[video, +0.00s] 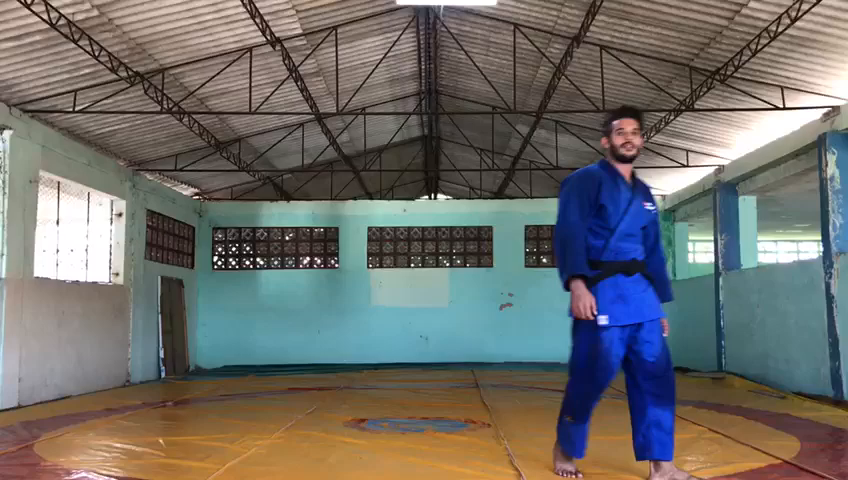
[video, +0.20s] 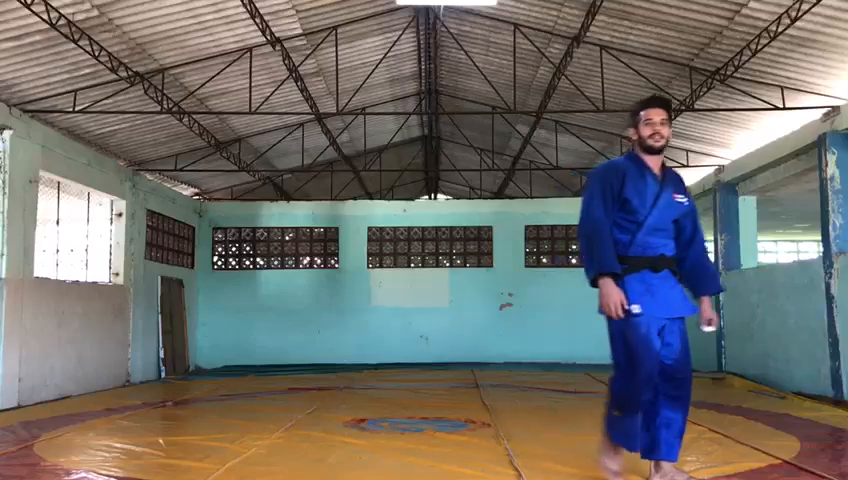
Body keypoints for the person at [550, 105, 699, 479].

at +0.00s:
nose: (629, 138)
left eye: (635, 133)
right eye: (621, 132)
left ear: (641, 141)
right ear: (606, 140)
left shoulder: (645, 194)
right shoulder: (584, 181)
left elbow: (653, 253)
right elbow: (568, 234)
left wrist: (657, 307)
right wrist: (577, 284)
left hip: (640, 285)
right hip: (600, 286)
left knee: (655, 372)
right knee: (593, 372)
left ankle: (660, 464)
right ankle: (565, 449)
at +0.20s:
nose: (656, 129)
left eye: (663, 123)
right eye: (648, 123)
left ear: (670, 131)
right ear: (634, 130)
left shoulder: (676, 184)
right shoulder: (609, 174)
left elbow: (691, 242)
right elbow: (593, 228)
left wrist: (705, 292)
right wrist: (605, 281)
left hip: (669, 279)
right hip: (628, 280)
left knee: (676, 369)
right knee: (642, 365)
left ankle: (663, 461)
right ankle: (615, 441)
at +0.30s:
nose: (668, 125)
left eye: (674, 118)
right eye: (659, 119)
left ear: (681, 126)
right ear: (644, 127)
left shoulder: (689, 180)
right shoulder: (621, 171)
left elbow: (709, 235)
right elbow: (604, 227)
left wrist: (728, 288)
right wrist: (615, 281)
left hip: (677, 276)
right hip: (638, 277)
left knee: (684, 366)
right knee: (659, 362)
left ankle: (669, 462)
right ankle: (660, 463)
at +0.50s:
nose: (689, 126)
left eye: (695, 119)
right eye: (680, 119)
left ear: (702, 124)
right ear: (663, 125)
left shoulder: (714, 176)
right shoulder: (641, 172)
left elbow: (739, 231)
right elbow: (622, 233)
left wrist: (757, 280)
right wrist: (633, 288)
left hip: (707, 280)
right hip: (665, 282)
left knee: (710, 376)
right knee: (689, 379)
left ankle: (666, 460)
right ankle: (709, 470)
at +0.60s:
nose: (708, 133)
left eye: (714, 125)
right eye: (700, 124)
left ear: (719, 125)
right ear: (678, 122)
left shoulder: (725, 174)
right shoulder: (650, 173)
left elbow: (746, 231)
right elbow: (634, 235)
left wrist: (756, 282)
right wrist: (644, 292)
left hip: (720, 280)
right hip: (677, 281)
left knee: (747, 366)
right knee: (697, 384)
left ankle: (714, 454)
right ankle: (702, 470)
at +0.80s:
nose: (752, 156)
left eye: (758, 149)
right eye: (747, 147)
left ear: (762, 140)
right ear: (723, 132)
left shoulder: (754, 178)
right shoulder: (672, 168)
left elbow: (761, 240)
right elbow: (649, 228)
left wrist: (768, 283)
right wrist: (661, 283)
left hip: (738, 277)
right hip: (687, 277)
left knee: (780, 367)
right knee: (696, 390)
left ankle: (785, 465)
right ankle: (698, 473)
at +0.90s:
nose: (768, 167)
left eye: (773, 160)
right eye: (766, 157)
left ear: (756, 147)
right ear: (747, 141)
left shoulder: (759, 179)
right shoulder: (686, 167)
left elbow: (765, 242)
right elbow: (655, 226)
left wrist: (773, 292)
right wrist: (667, 282)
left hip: (742, 285)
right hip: (692, 284)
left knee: (783, 380)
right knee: (696, 395)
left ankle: (804, 469)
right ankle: (699, 472)